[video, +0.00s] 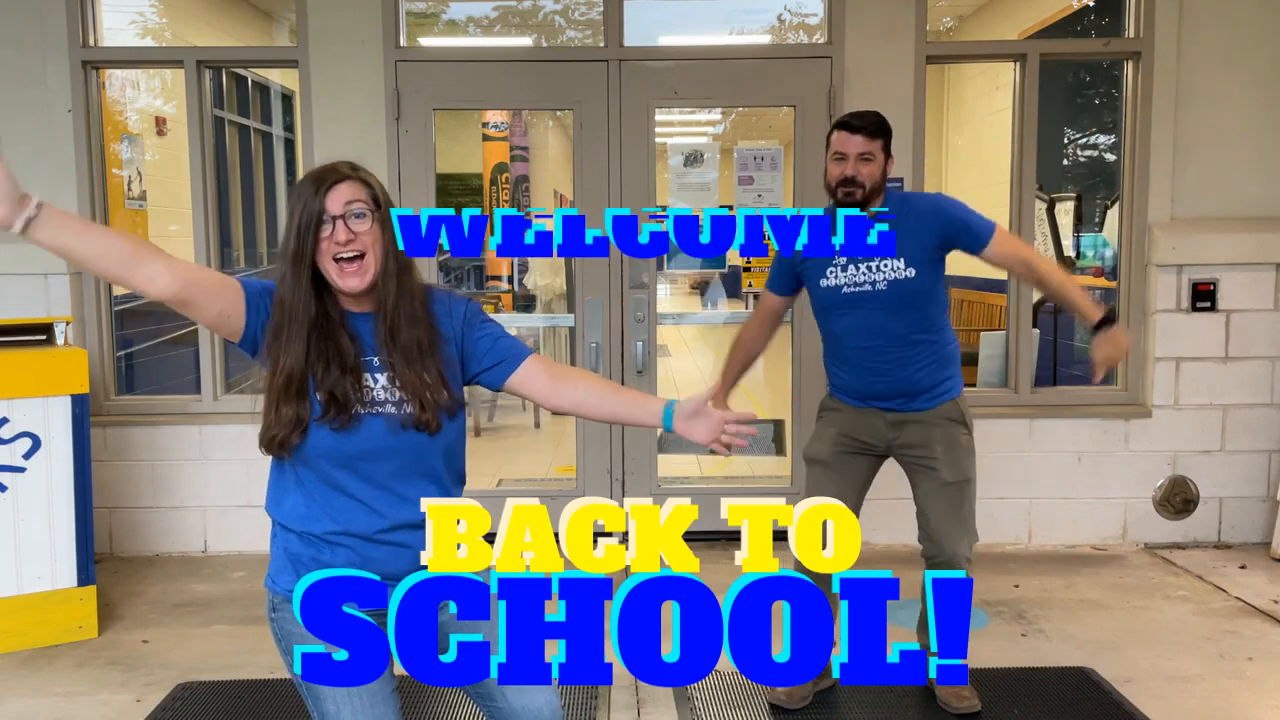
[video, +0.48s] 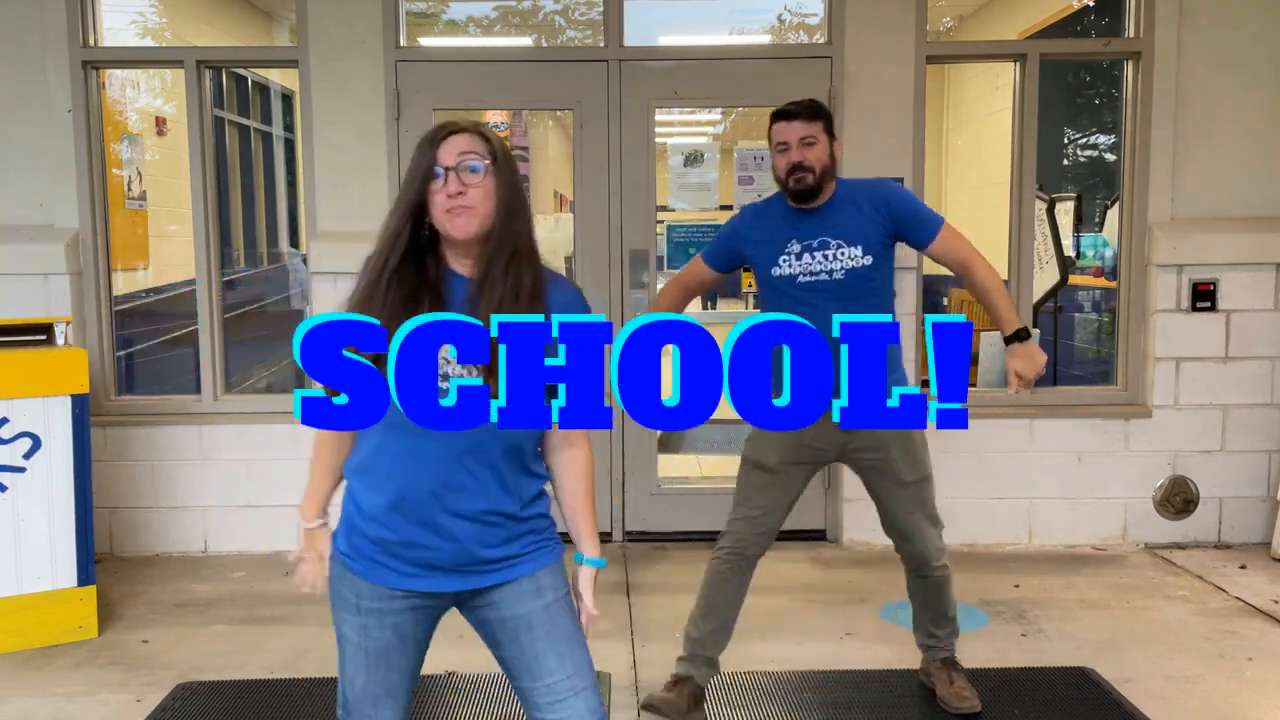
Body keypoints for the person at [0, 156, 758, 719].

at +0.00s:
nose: (347, 233)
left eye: (361, 218)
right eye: (329, 222)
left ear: (389, 232)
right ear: (307, 241)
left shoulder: (442, 317)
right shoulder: (287, 313)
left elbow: (547, 381)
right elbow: (160, 275)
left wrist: (672, 415)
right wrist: (32, 217)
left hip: (437, 567)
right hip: (324, 572)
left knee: (542, 686)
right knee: (359, 710)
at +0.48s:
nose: (453, 184)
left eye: (472, 170)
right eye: (438, 174)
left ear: (505, 188)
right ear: (423, 198)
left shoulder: (551, 299)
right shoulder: (385, 293)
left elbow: (568, 437)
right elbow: (340, 408)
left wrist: (589, 554)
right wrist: (312, 517)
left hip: (514, 554)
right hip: (383, 556)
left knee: (577, 710)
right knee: (370, 713)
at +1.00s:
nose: (619, 157)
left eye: (638, 140)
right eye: (606, 145)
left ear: (677, 156)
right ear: (594, 165)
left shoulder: (723, 260)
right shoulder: (604, 273)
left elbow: (822, 381)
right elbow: (581, 408)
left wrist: (908, 504)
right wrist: (537, 504)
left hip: (711, 556)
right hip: (621, 547)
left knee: (678, 711)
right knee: (624, 710)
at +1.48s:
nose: (828, 200)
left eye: (847, 182)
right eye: (813, 188)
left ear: (882, 196)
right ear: (799, 209)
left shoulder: (941, 302)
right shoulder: (781, 301)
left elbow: (958, 441)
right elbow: (737, 411)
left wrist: (975, 427)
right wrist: (641, 465)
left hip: (915, 552)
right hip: (800, 554)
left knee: (865, 708)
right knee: (788, 710)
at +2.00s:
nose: (1033, 191)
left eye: (1048, 174)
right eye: (1016, 185)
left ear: (1084, 186)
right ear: (1003, 209)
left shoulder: (1151, 295)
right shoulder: (977, 289)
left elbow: (1183, 415)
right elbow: (939, 402)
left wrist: (1192, 440)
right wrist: (855, 456)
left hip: (1109, 559)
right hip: (974, 548)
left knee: (1147, 713)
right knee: (929, 712)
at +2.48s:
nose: (1061, 179)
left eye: (1082, 165)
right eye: (1048, 168)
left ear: (1115, 183)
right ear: (1031, 188)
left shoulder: (1171, 272)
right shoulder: (1026, 286)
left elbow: (1270, 388)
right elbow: (996, 416)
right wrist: (937, 337)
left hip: (1164, 569)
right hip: (1047, 561)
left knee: (1141, 710)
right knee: (1056, 711)